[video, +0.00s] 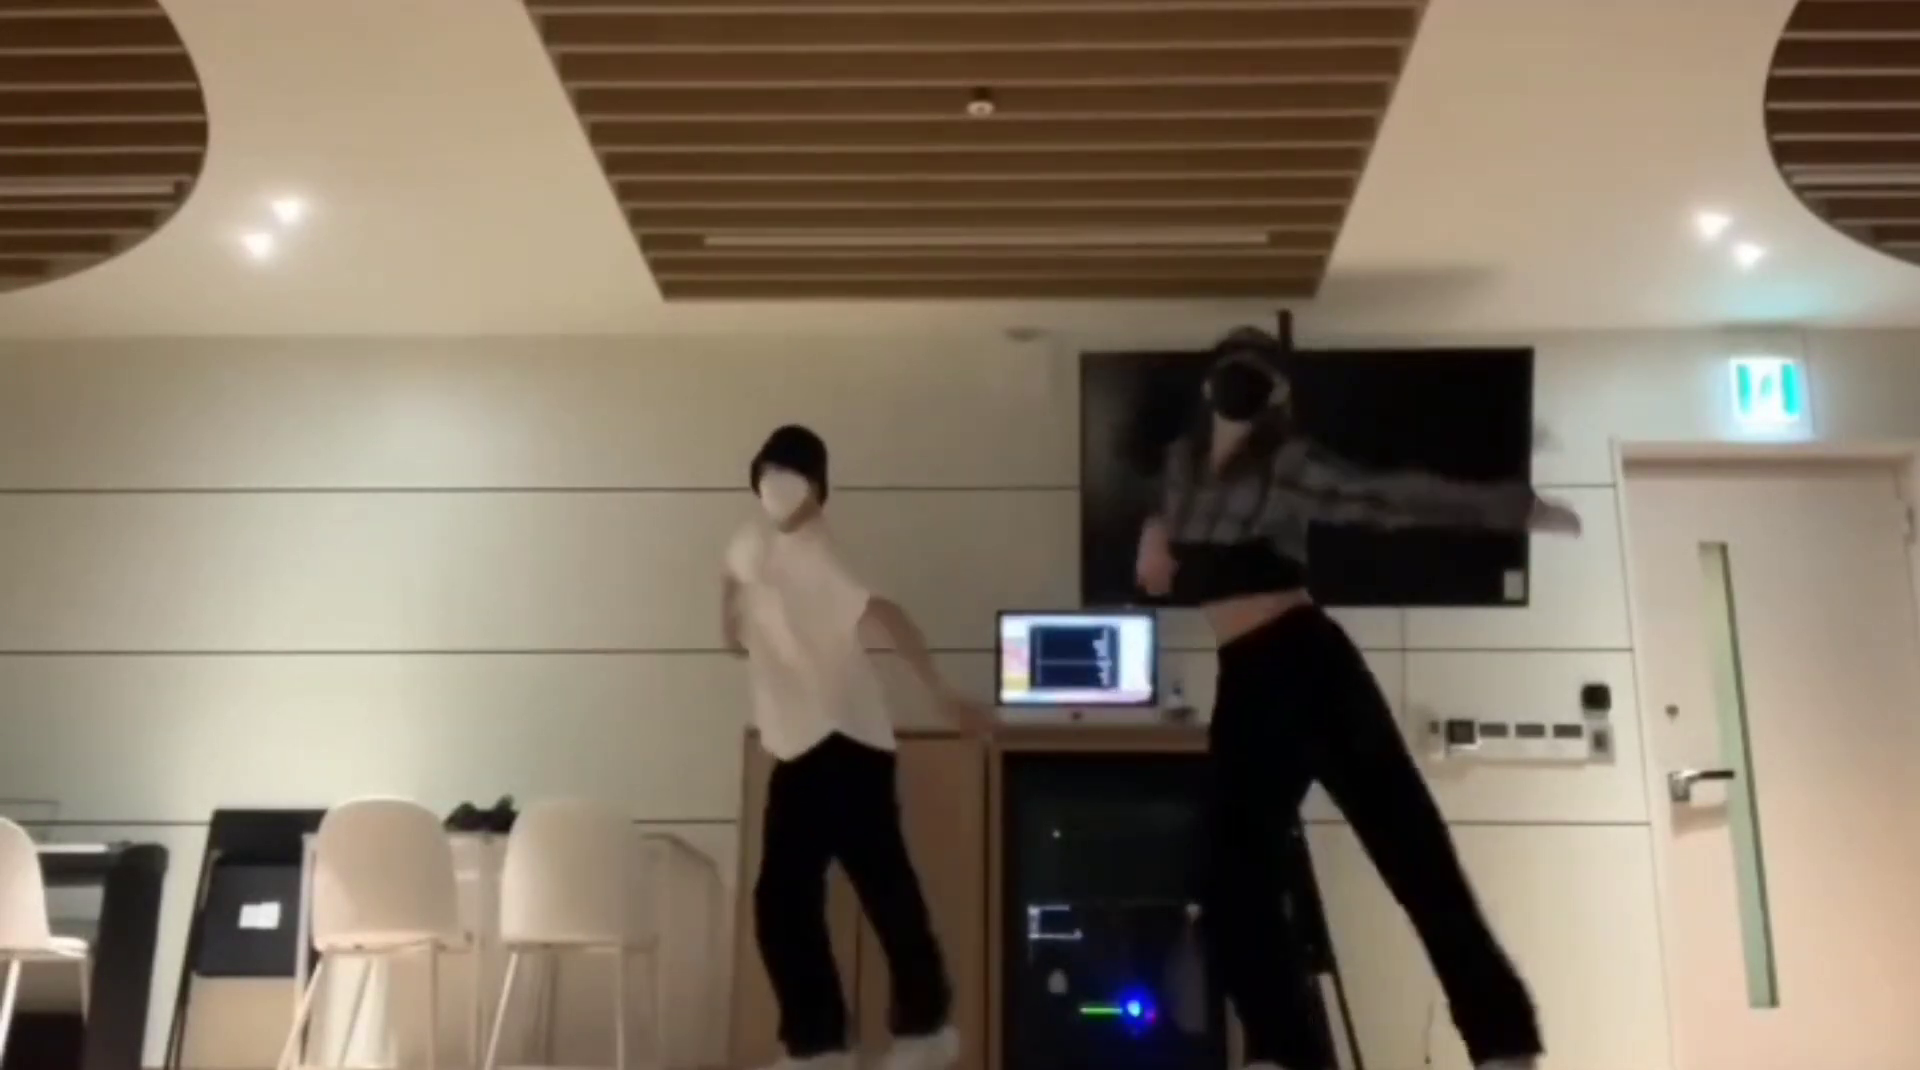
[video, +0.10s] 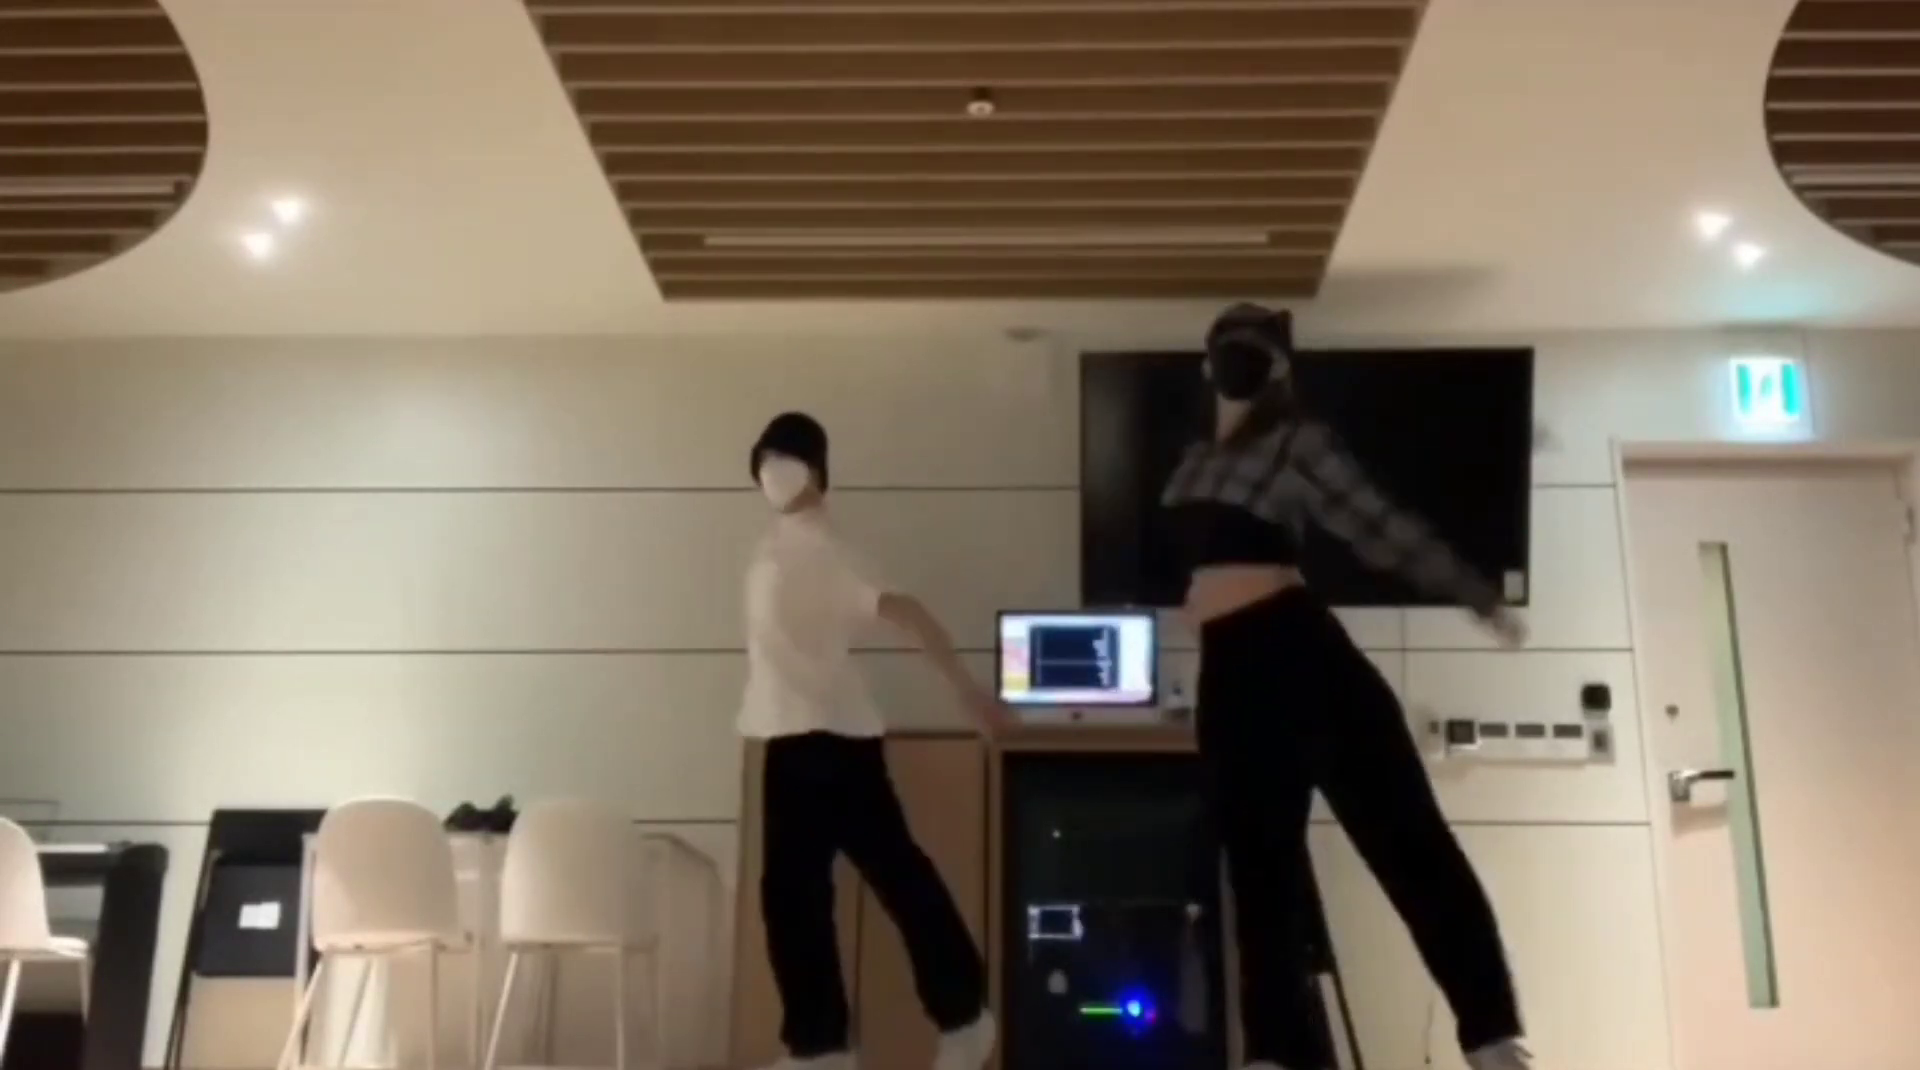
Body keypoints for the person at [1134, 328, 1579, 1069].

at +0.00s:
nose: (1239, 389)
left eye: (1256, 381)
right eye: (1229, 374)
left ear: (1273, 399)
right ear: (1207, 386)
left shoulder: (1285, 466)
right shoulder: (1185, 468)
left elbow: (1383, 495)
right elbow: (1173, 538)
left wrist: (1510, 508)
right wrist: (1154, 554)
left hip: (1312, 663)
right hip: (1245, 678)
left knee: (1411, 851)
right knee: (1235, 879)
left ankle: (1503, 1039)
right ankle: (1288, 1052)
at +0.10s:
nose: (1236, 363)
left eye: (1253, 350)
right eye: (1224, 350)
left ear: (1282, 365)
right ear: (1207, 366)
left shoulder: (1296, 443)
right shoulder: (1197, 462)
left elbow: (1376, 522)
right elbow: (1200, 573)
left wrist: (1477, 594)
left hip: (1307, 659)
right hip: (1230, 675)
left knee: (1408, 845)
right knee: (1262, 876)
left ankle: (1493, 1040)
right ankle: (1284, 1052)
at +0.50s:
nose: (1265, 448)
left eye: (1277, 432)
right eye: (1252, 435)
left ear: (1302, 432)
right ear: (1239, 441)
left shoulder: (1331, 472)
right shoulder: (1225, 510)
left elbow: (1322, 573)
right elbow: (1186, 609)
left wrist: (1295, 682)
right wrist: (1189, 691)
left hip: (1329, 670)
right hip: (1260, 673)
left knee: (1276, 885)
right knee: (1160, 815)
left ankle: (1308, 1053)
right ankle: (1131, 1019)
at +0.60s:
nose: (1272, 417)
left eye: (1286, 405)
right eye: (1260, 404)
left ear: (1309, 415)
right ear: (1240, 418)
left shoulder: (1337, 468)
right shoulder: (1216, 506)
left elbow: (1349, 572)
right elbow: (1199, 614)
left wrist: (1306, 676)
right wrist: (1221, 685)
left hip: (1333, 687)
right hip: (1254, 697)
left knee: (1286, 875)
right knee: (1177, 854)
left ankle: (1308, 1054)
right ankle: (1087, 1034)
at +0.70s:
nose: (1282, 401)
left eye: (1297, 390)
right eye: (1270, 389)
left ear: (1322, 405)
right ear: (1251, 404)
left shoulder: (1350, 468)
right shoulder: (1223, 480)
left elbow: (1394, 561)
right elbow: (1210, 587)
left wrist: (1329, 628)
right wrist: (1226, 671)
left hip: (1335, 689)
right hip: (1259, 692)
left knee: (1295, 891)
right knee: (1210, 864)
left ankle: (1310, 1053)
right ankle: (1139, 1035)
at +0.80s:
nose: (1281, 393)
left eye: (1297, 381)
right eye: (1269, 380)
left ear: (1323, 396)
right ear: (1251, 393)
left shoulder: (1353, 468)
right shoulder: (1227, 473)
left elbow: (1400, 559)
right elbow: (1209, 577)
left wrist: (1327, 618)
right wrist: (1224, 666)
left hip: (1332, 683)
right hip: (1257, 689)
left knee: (1300, 886)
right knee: (1210, 858)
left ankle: (1309, 1052)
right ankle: (1148, 1033)